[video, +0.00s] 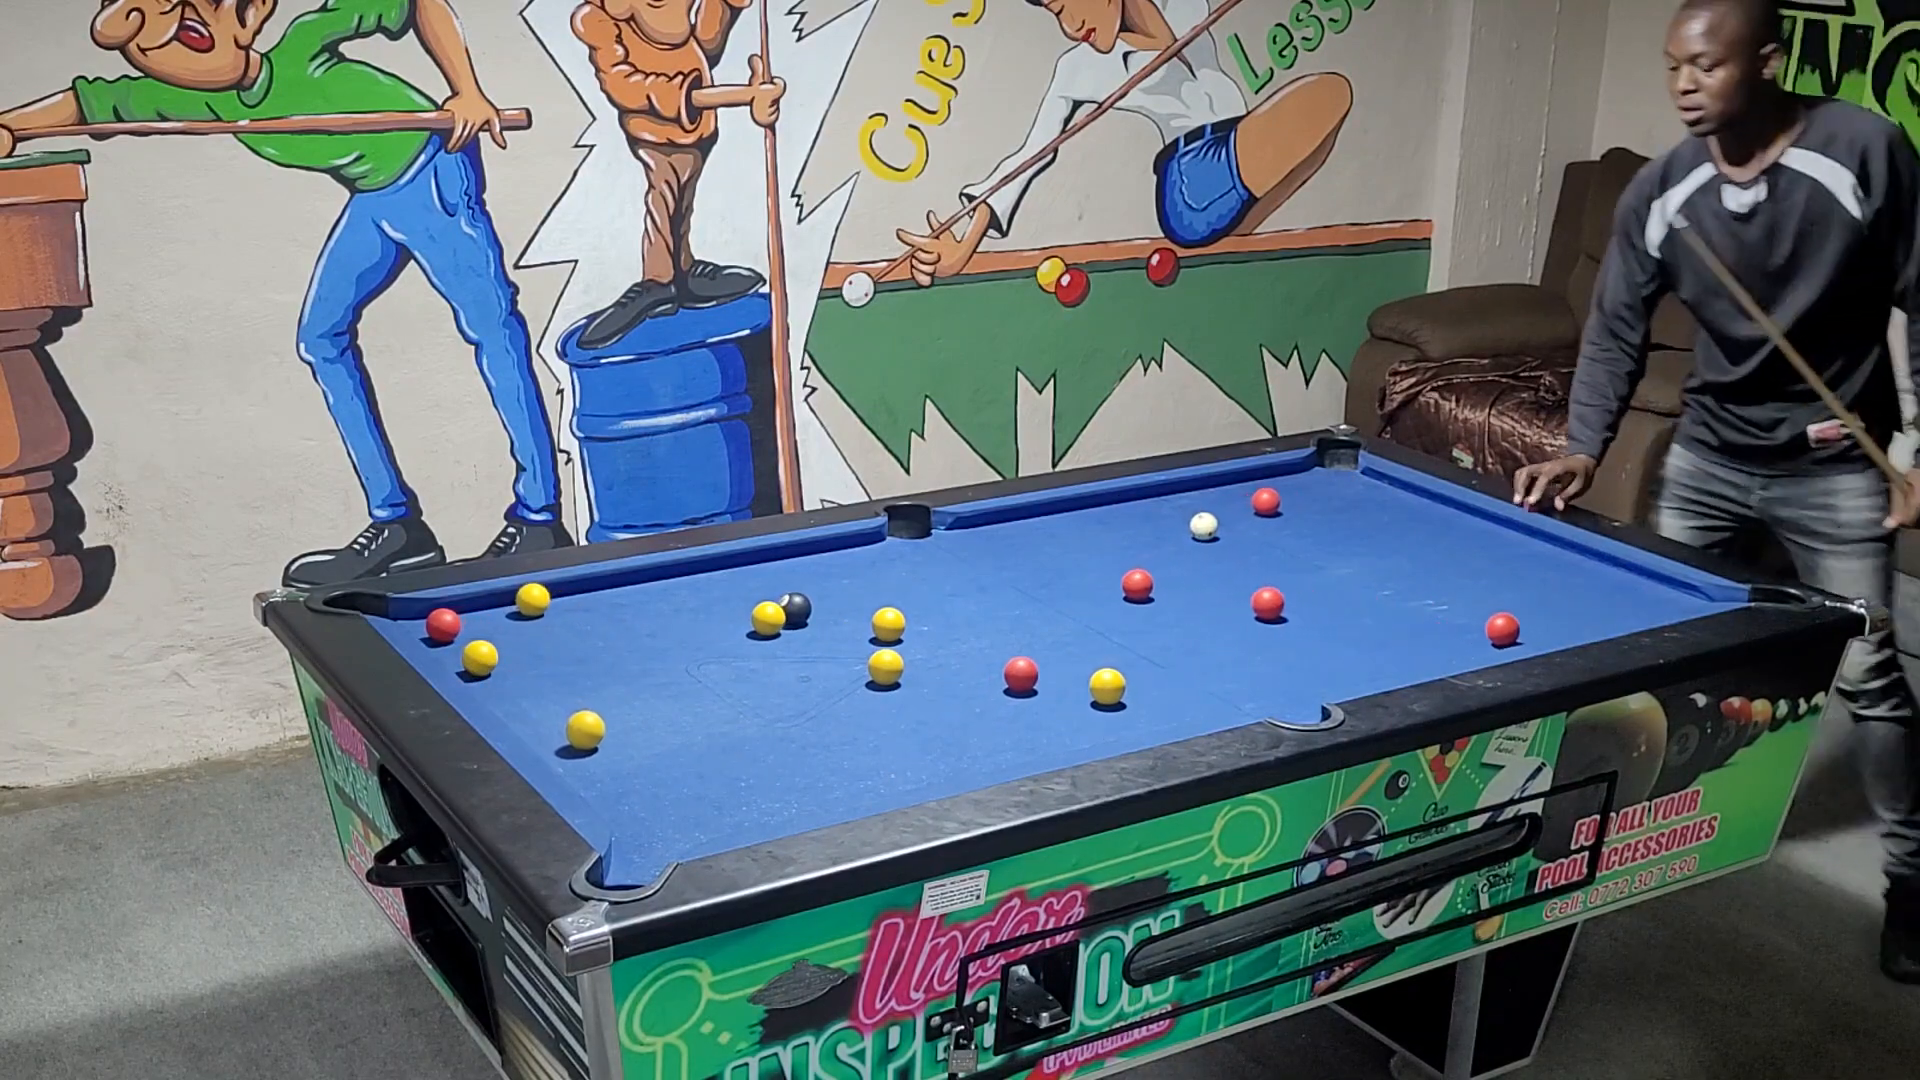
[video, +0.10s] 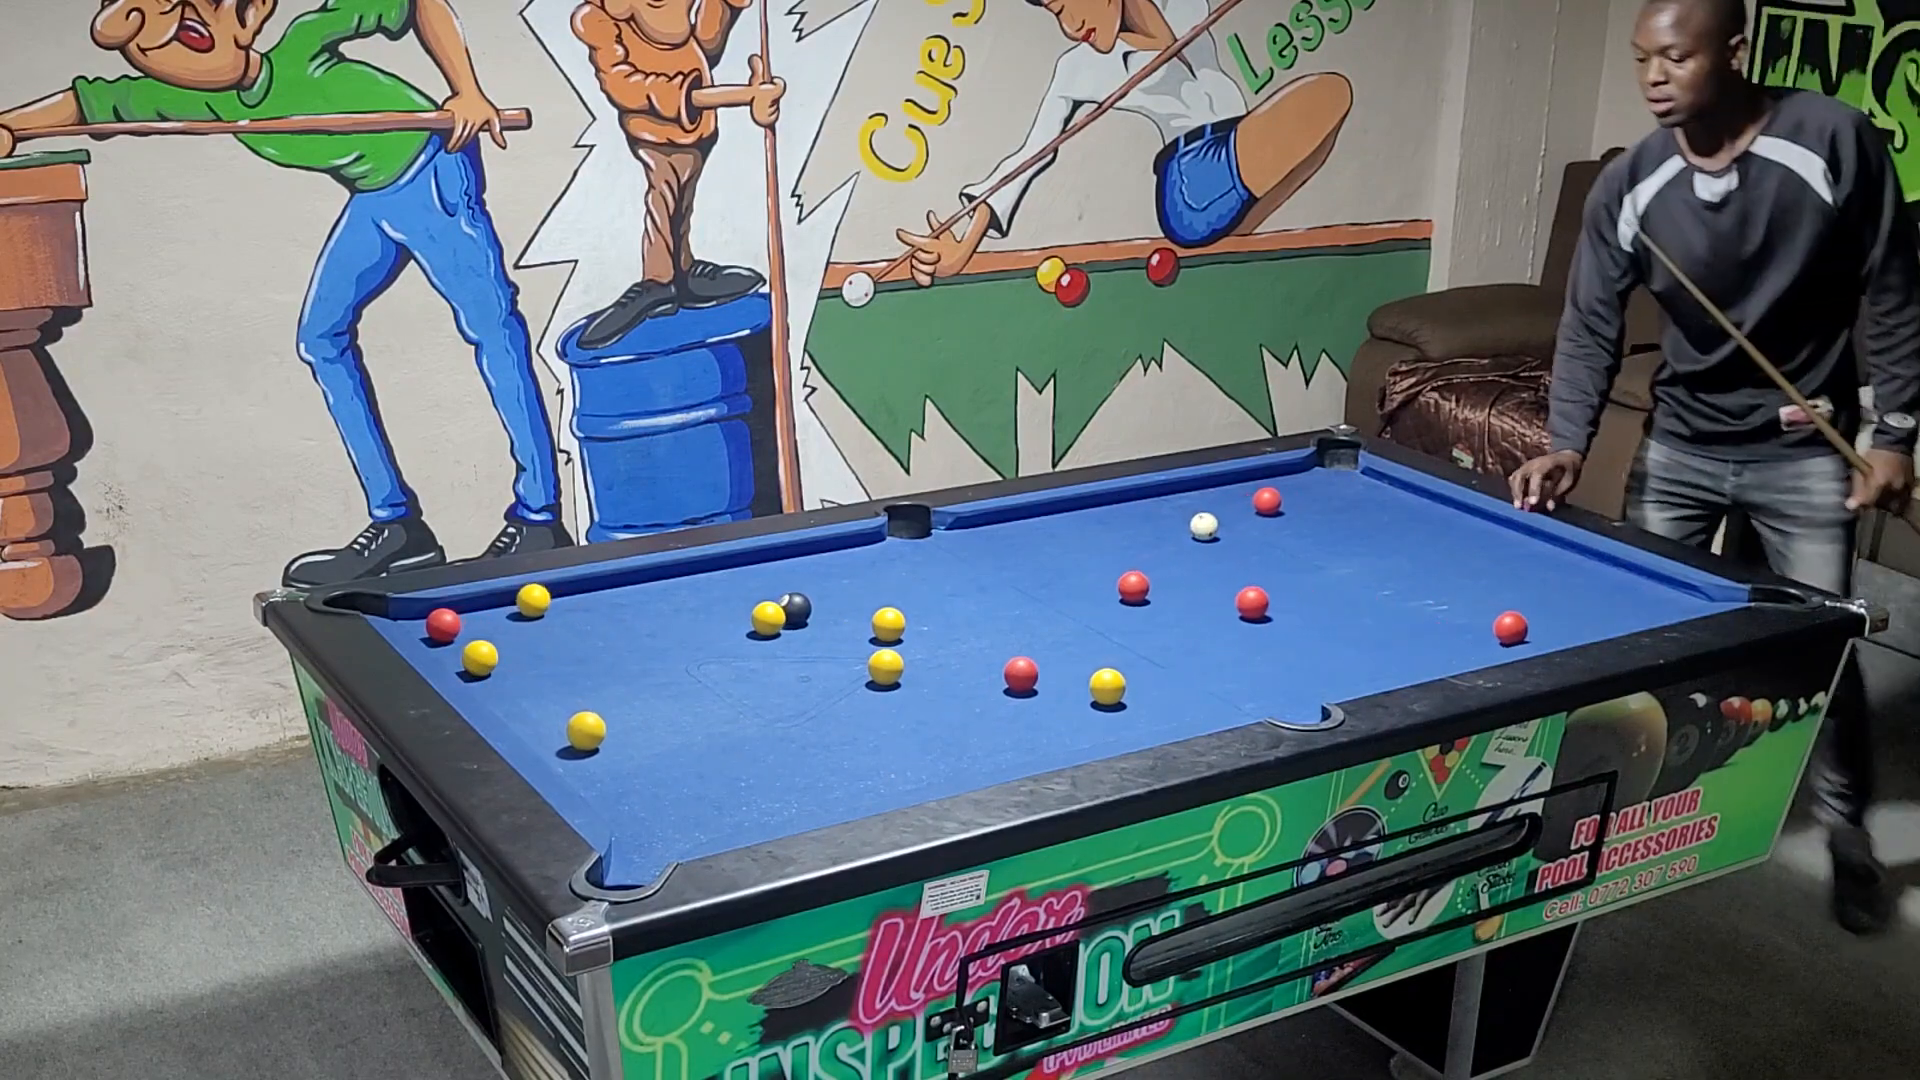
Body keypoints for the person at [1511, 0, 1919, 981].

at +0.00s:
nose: (1686, 84)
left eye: (1706, 64)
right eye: (1676, 66)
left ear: (1768, 63)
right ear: (1669, 72)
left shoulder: (1865, 152)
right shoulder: (1658, 191)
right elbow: (1613, 330)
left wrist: (1918, 448)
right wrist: (1581, 447)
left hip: (1841, 456)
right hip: (1708, 447)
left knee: (1870, 673)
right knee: (1666, 651)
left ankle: (1908, 876)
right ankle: (1672, 837)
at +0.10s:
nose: (1654, 77)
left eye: (1674, 57)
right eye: (1644, 58)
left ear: (1734, 49)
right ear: (1636, 59)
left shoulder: (1837, 142)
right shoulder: (1628, 184)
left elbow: (1891, 290)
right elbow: (1589, 324)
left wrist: (1891, 432)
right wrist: (1565, 444)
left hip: (1805, 443)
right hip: (1680, 441)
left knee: (1824, 647)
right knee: (1636, 639)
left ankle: (1848, 834)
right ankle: (1597, 825)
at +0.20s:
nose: (1633, 65)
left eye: (1656, 45)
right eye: (1623, 46)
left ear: (1714, 43)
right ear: (1614, 46)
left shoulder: (1813, 129)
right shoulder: (1606, 176)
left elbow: (1868, 278)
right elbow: (1569, 316)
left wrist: (1862, 419)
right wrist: (1552, 434)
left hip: (1784, 440)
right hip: (1660, 436)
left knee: (1765, 642)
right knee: (1644, 636)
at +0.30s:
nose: (1623, 56)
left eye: (1647, 35)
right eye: (1613, 36)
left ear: (1703, 34)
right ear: (1603, 35)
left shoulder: (1800, 124)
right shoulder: (1594, 170)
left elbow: (1848, 269)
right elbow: (1552, 302)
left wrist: (1837, 406)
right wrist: (1544, 414)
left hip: (1758, 428)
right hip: (1643, 424)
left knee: (1735, 621)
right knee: (1631, 615)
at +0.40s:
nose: (1624, 48)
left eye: (1648, 27)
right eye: (1614, 29)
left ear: (1701, 29)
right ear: (1603, 32)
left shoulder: (1791, 123)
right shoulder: (1588, 161)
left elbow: (1831, 271)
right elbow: (1541, 289)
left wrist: (1817, 404)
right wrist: (1544, 396)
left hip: (1740, 428)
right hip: (1627, 420)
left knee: (1706, 618)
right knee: (1622, 611)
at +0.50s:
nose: (1630, 44)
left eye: (1655, 25)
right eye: (1619, 25)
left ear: (1707, 28)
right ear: (1608, 31)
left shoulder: (1783, 126)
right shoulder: (1583, 152)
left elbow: (1813, 278)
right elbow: (1537, 277)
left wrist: (1795, 409)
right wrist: (1547, 380)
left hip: (1731, 424)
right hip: (1618, 417)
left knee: (1694, 614)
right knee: (1614, 605)